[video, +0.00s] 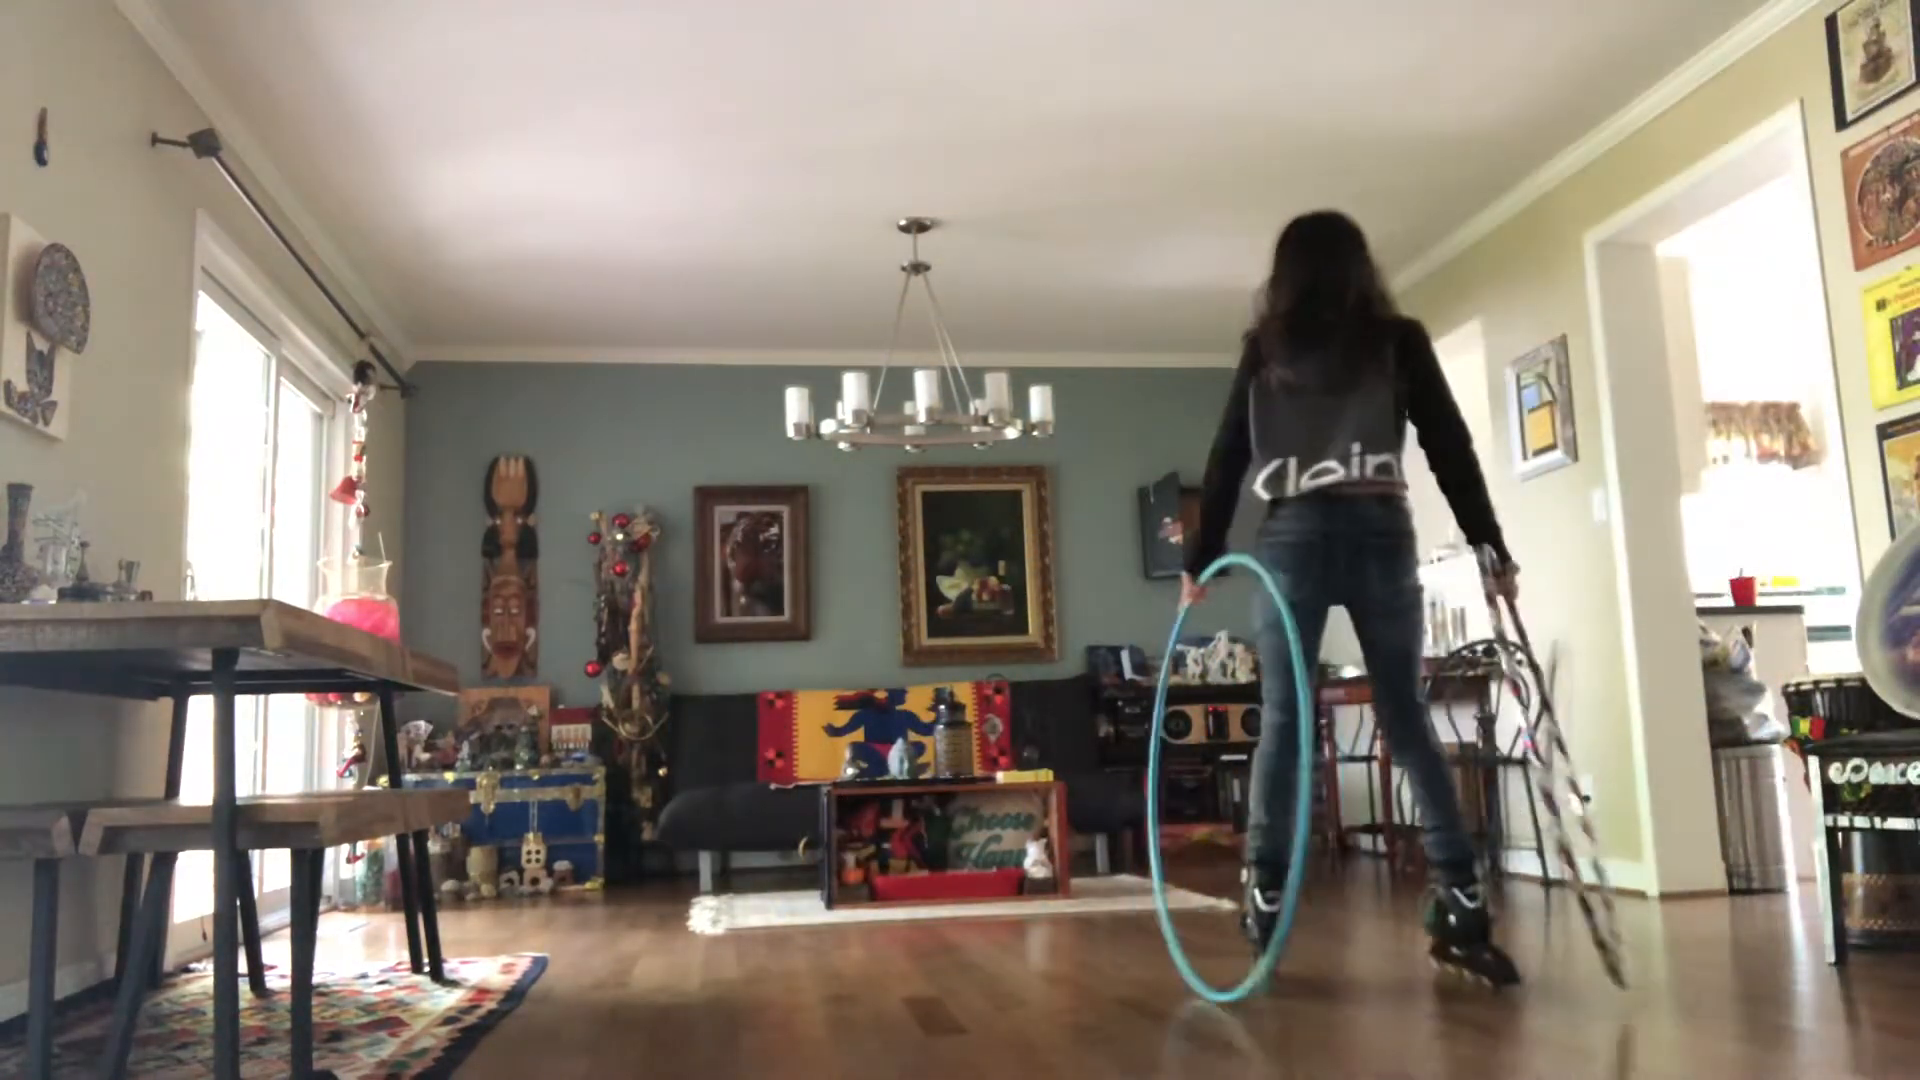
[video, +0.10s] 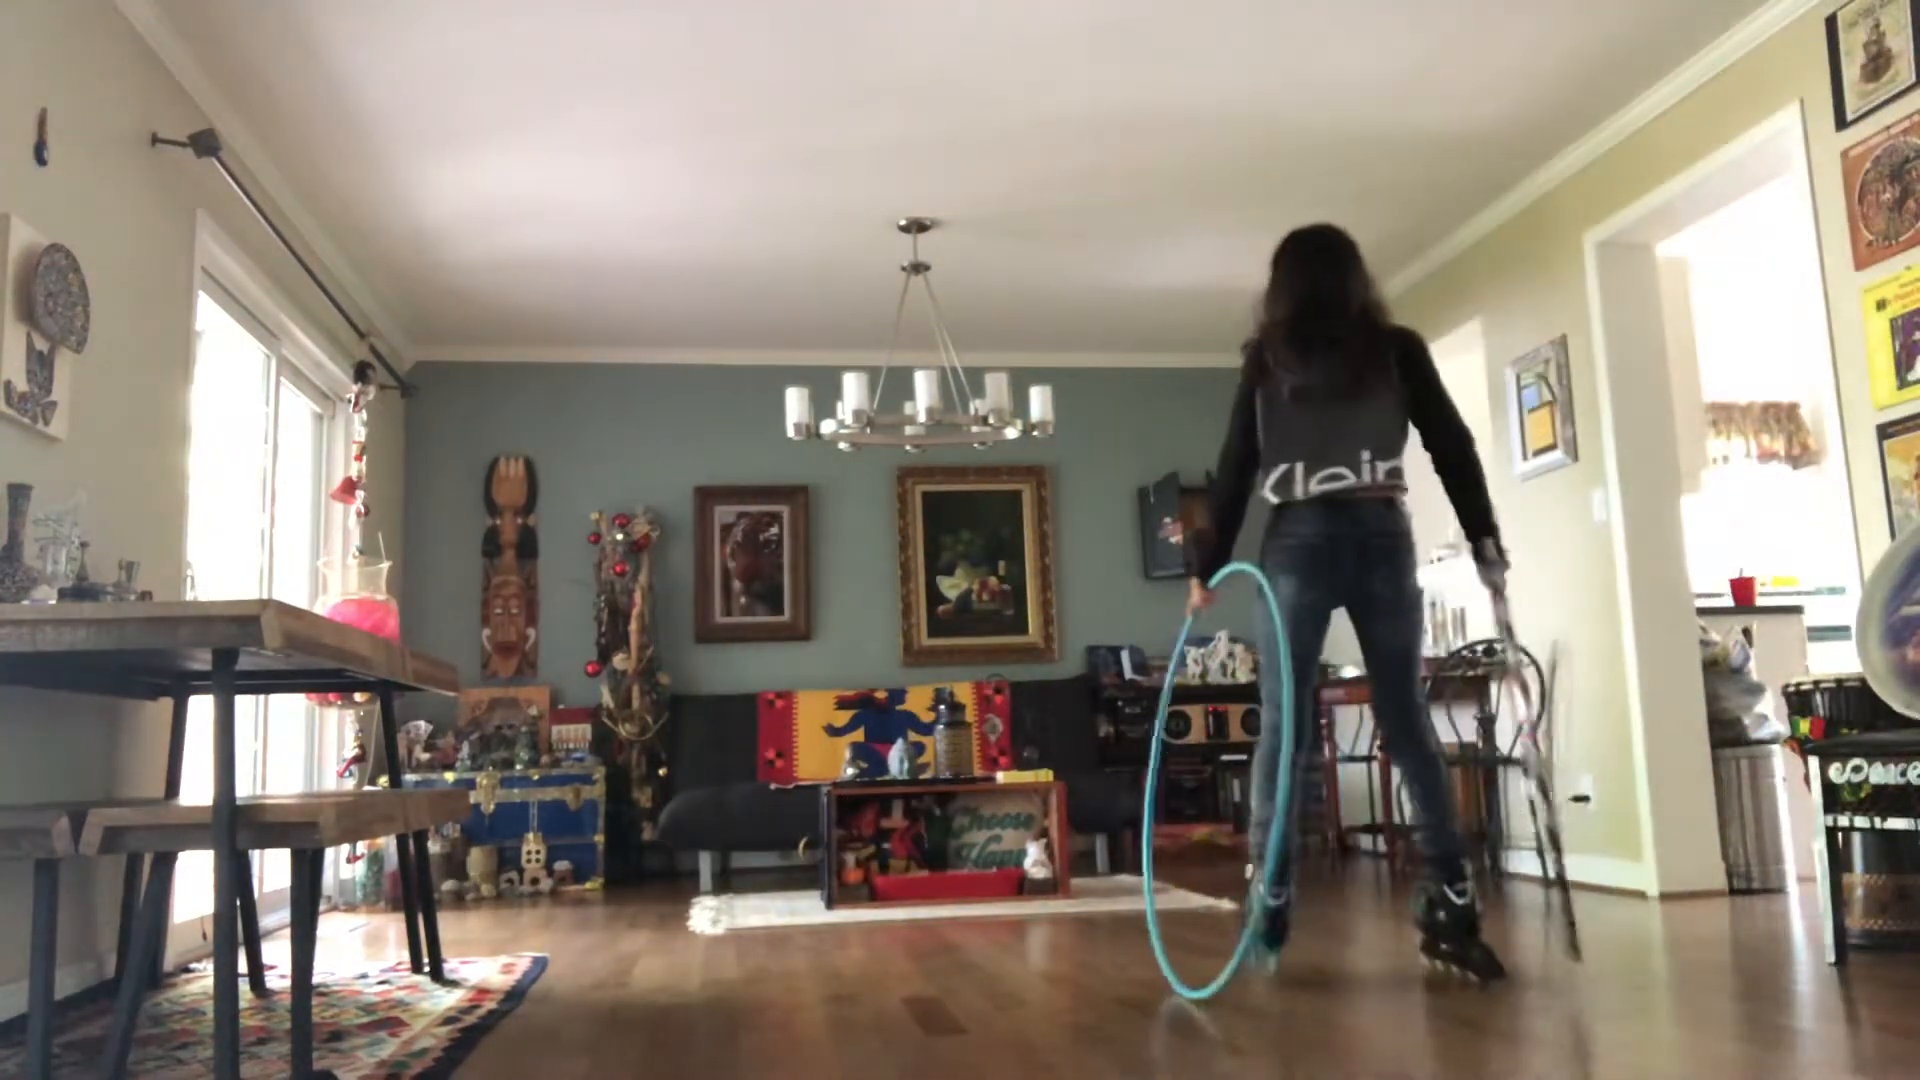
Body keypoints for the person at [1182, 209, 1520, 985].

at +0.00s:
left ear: (1284, 273)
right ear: (1364, 267)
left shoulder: (1264, 346)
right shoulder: (1400, 337)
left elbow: (1229, 456)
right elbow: (1447, 445)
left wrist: (1200, 557)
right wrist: (1490, 544)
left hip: (1289, 531)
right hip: (1383, 529)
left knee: (1283, 717)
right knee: (1405, 719)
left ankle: (1266, 894)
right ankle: (1460, 893)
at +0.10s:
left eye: (1280, 276)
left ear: (1281, 286)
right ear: (1359, 278)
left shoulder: (1267, 357)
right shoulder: (1398, 347)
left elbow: (1238, 468)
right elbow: (1449, 444)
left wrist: (1206, 565)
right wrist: (1486, 541)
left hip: (1297, 530)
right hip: (1383, 528)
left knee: (1284, 723)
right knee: (1404, 718)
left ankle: (1270, 903)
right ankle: (1451, 887)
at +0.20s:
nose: (1266, 306)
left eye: (1270, 290)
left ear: (1276, 296)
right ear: (1350, 288)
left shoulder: (1267, 366)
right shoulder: (1393, 357)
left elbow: (1242, 470)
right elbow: (1447, 448)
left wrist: (1216, 569)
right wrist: (1465, 538)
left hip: (1299, 542)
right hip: (1381, 540)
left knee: (1278, 721)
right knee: (1399, 726)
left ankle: (1286, 882)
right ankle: (1439, 889)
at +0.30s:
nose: (1256, 316)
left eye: (1260, 303)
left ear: (1269, 307)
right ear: (1337, 302)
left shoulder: (1267, 373)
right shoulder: (1380, 370)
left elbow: (1249, 473)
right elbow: (1432, 462)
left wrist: (1223, 572)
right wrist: (1430, 545)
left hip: (1296, 548)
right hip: (1371, 546)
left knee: (1268, 717)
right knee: (1383, 724)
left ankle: (1297, 878)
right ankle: (1425, 885)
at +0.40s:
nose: (1243, 324)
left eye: (1247, 312)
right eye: (1251, 310)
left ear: (1258, 314)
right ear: (1320, 311)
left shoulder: (1262, 374)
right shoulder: (1356, 380)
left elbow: (1260, 473)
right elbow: (1399, 481)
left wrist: (1229, 573)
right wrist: (1376, 557)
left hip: (1292, 548)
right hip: (1354, 548)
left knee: (1255, 723)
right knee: (1366, 735)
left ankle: (1292, 886)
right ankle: (1409, 894)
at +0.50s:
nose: (1231, 334)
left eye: (1236, 321)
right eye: (1234, 321)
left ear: (1250, 322)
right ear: (1299, 319)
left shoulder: (1266, 378)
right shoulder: (1326, 379)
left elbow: (1274, 478)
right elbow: (1357, 491)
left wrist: (1238, 572)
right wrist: (1328, 551)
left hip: (1290, 561)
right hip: (1332, 561)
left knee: (1237, 729)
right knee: (1336, 735)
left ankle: (1268, 887)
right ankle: (1384, 887)